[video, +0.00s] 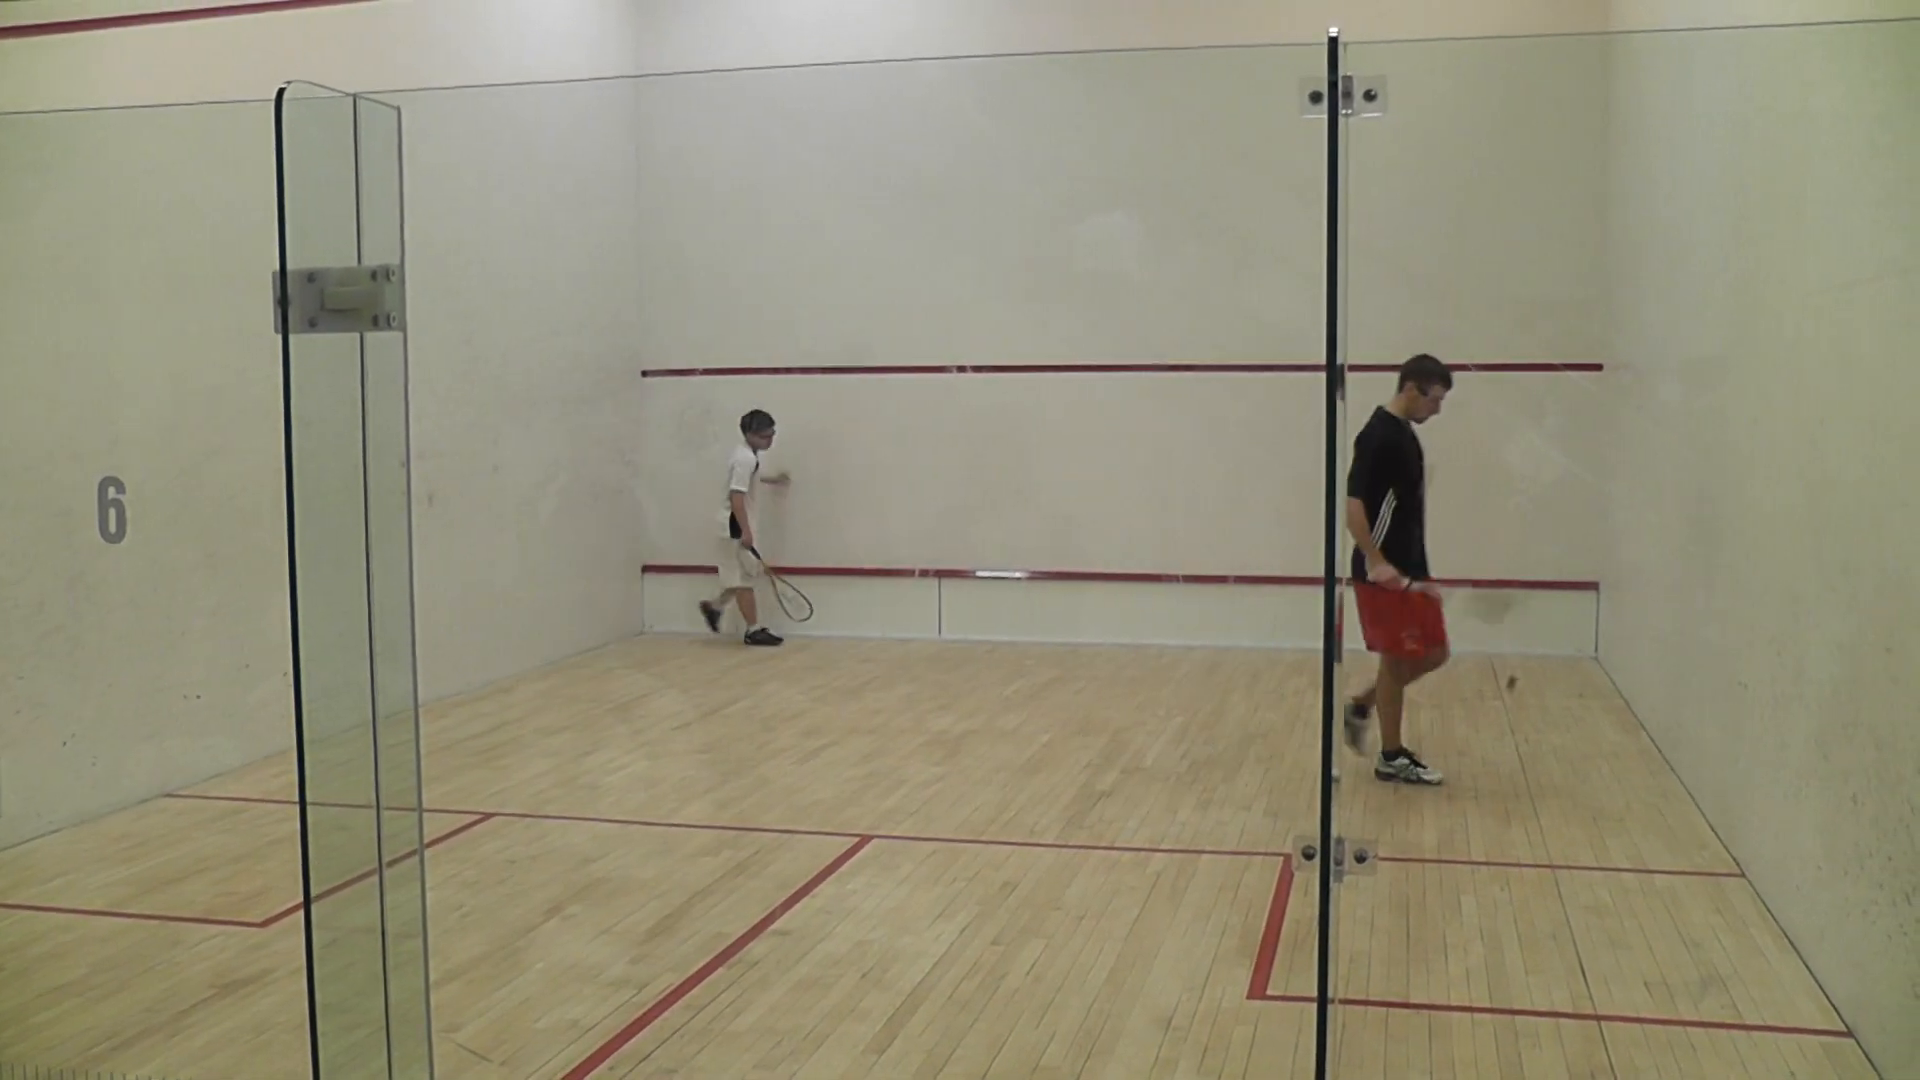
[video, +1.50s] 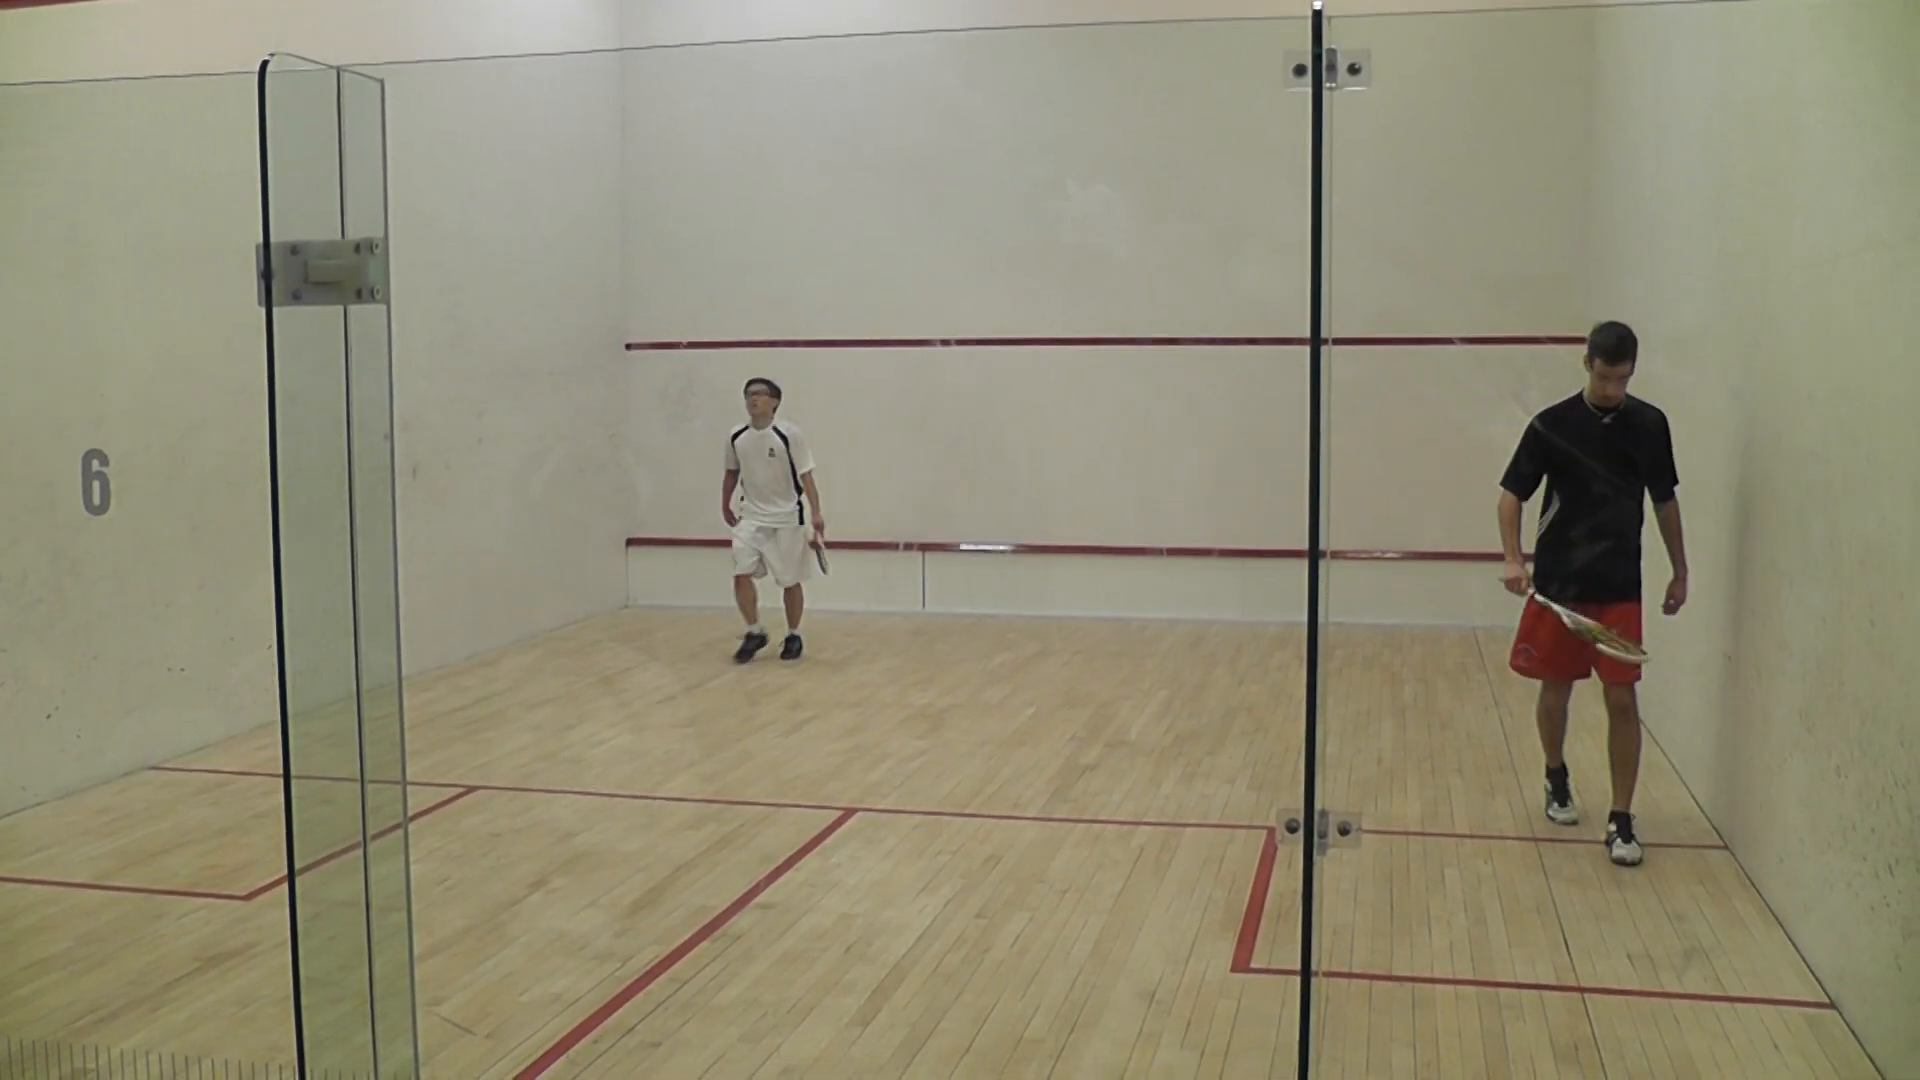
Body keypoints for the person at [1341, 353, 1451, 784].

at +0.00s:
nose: (1437, 409)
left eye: (1441, 401)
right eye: (1435, 399)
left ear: (1414, 393)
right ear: (1410, 389)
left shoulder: (1402, 433)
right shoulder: (1379, 433)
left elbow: (1401, 509)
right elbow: (1355, 506)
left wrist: (1418, 570)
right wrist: (1376, 562)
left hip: (1410, 570)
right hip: (1382, 572)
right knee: (1395, 660)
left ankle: (1360, 704)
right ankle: (1392, 755)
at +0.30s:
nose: (1504, 414)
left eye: (1508, 406)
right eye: (1500, 404)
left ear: (1498, 399)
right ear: (1477, 391)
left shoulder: (1485, 442)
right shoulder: (1438, 444)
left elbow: (1479, 514)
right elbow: (1416, 514)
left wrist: (1487, 572)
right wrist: (1433, 575)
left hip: (1485, 582)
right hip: (1443, 583)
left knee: (1504, 668)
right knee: (1431, 667)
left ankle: (1526, 768)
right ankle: (1394, 751)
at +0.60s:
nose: (1552, 406)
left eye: (1559, 397)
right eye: (1547, 395)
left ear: (1563, 394)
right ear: (1525, 383)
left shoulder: (1559, 437)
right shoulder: (1485, 438)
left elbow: (1582, 498)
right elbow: (1460, 505)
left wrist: (1619, 552)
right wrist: (1477, 558)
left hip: (1541, 576)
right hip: (1495, 574)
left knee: (1539, 671)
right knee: (1507, 669)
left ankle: (1529, 769)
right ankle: (1486, 754)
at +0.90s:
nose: (1570, 412)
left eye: (1577, 403)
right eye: (1563, 401)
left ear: (1583, 397)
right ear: (1542, 389)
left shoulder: (1591, 443)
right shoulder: (1509, 448)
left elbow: (1629, 502)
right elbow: (1478, 514)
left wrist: (1670, 550)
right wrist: (1490, 562)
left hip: (1574, 586)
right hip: (1526, 588)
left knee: (1565, 689)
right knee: (1540, 694)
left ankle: (1534, 756)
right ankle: (1556, 798)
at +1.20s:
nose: (1585, 391)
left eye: (1594, 381)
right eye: (1576, 380)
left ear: (1604, 373)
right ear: (1559, 368)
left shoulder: (1616, 422)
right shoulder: (1525, 428)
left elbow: (1630, 489)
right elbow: (1491, 493)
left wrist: (1646, 552)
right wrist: (1493, 551)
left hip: (1601, 580)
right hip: (1543, 581)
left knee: (1614, 685)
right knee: (1545, 686)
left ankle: (1596, 773)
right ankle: (1557, 788)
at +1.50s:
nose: (1612, 390)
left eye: (1622, 379)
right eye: (1603, 378)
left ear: (1634, 371)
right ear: (1587, 365)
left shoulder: (1650, 427)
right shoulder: (1551, 425)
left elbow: (1665, 501)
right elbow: (1511, 493)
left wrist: (1680, 571)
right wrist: (1513, 558)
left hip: (1620, 588)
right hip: (1559, 586)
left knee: (1622, 701)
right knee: (1555, 692)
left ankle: (1622, 818)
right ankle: (1556, 777)